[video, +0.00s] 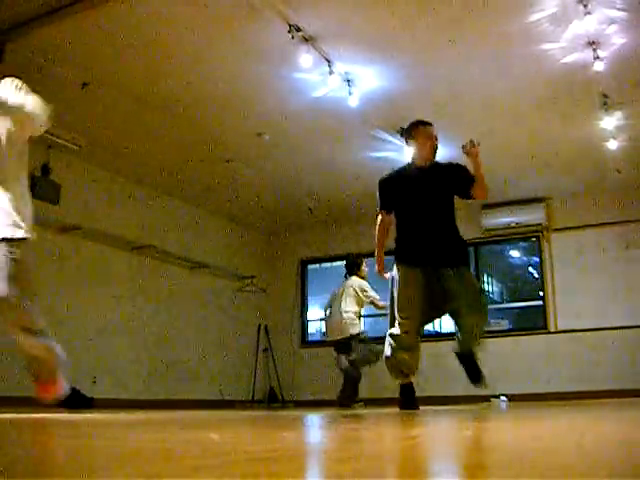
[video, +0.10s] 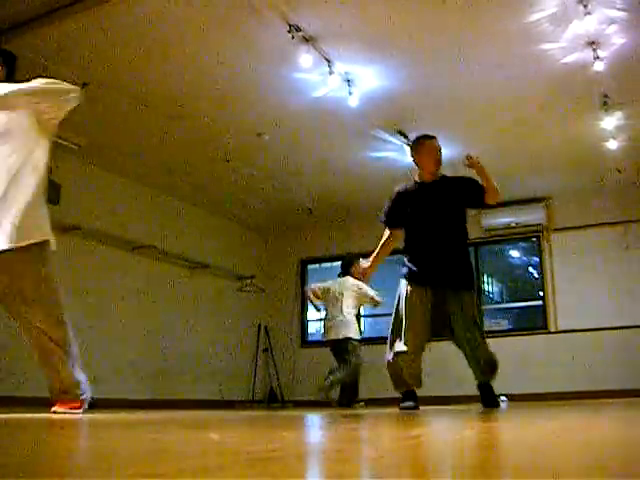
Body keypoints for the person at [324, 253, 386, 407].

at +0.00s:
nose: (366, 269)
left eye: (365, 266)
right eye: (364, 266)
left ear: (349, 269)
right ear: (358, 269)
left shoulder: (340, 287)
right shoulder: (359, 283)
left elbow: (327, 307)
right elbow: (375, 301)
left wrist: (328, 320)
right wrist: (385, 305)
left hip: (334, 330)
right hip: (350, 325)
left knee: (351, 365)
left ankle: (348, 398)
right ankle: (350, 358)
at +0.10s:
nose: (362, 271)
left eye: (362, 268)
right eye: (359, 267)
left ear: (344, 269)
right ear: (353, 268)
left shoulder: (331, 285)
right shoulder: (356, 285)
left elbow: (309, 290)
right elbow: (377, 300)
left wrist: (318, 306)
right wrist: (364, 301)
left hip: (331, 334)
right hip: (349, 332)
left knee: (345, 366)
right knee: (354, 363)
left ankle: (347, 399)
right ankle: (330, 382)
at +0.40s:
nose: (348, 268)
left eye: (347, 264)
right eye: (345, 264)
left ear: (333, 267)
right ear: (338, 266)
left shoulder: (327, 281)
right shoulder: (335, 279)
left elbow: (334, 313)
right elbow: (326, 293)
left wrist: (351, 306)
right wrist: (331, 308)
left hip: (308, 327)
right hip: (313, 326)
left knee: (323, 359)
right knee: (331, 357)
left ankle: (289, 375)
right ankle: (319, 396)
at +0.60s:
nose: (340, 271)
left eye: (340, 268)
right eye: (338, 268)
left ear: (332, 270)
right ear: (330, 270)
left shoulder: (329, 292)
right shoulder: (318, 280)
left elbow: (339, 313)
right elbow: (293, 283)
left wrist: (349, 303)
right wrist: (290, 302)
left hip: (294, 326)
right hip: (305, 324)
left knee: (280, 367)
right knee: (324, 359)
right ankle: (320, 399)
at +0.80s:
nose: (327, 290)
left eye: (328, 286)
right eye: (326, 286)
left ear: (310, 285)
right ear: (320, 286)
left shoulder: (296, 298)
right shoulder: (314, 296)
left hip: (278, 338)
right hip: (297, 337)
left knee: (273, 377)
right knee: (325, 358)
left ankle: (241, 400)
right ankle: (320, 399)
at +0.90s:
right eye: (317, 272)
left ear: (297, 270)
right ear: (315, 272)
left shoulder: (285, 283)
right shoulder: (314, 286)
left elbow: (269, 276)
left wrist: (266, 297)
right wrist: (340, 300)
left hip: (279, 333)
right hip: (302, 332)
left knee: (269, 369)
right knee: (324, 361)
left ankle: (245, 398)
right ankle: (319, 397)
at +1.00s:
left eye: (288, 249)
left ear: (290, 249)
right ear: (311, 253)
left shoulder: (282, 262)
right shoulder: (314, 271)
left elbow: (270, 285)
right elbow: (325, 296)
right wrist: (308, 294)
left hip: (282, 312)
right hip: (307, 315)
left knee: (264, 352)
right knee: (311, 355)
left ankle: (253, 394)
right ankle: (319, 395)